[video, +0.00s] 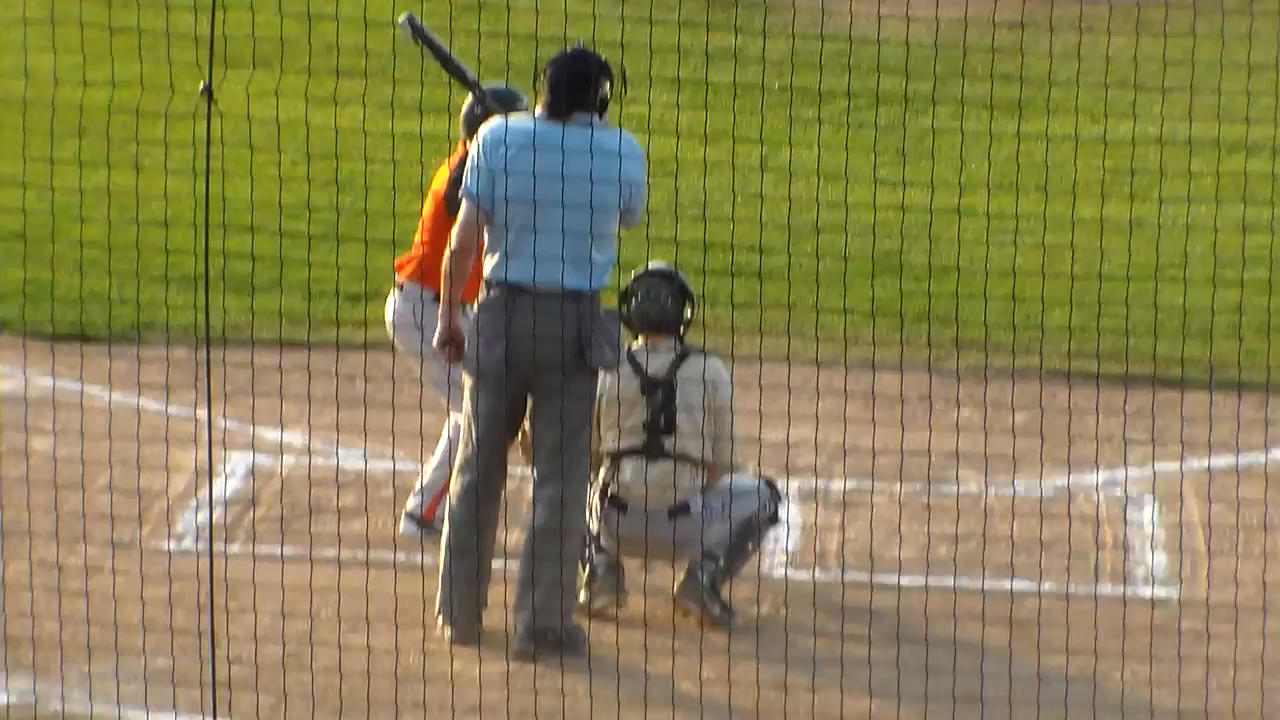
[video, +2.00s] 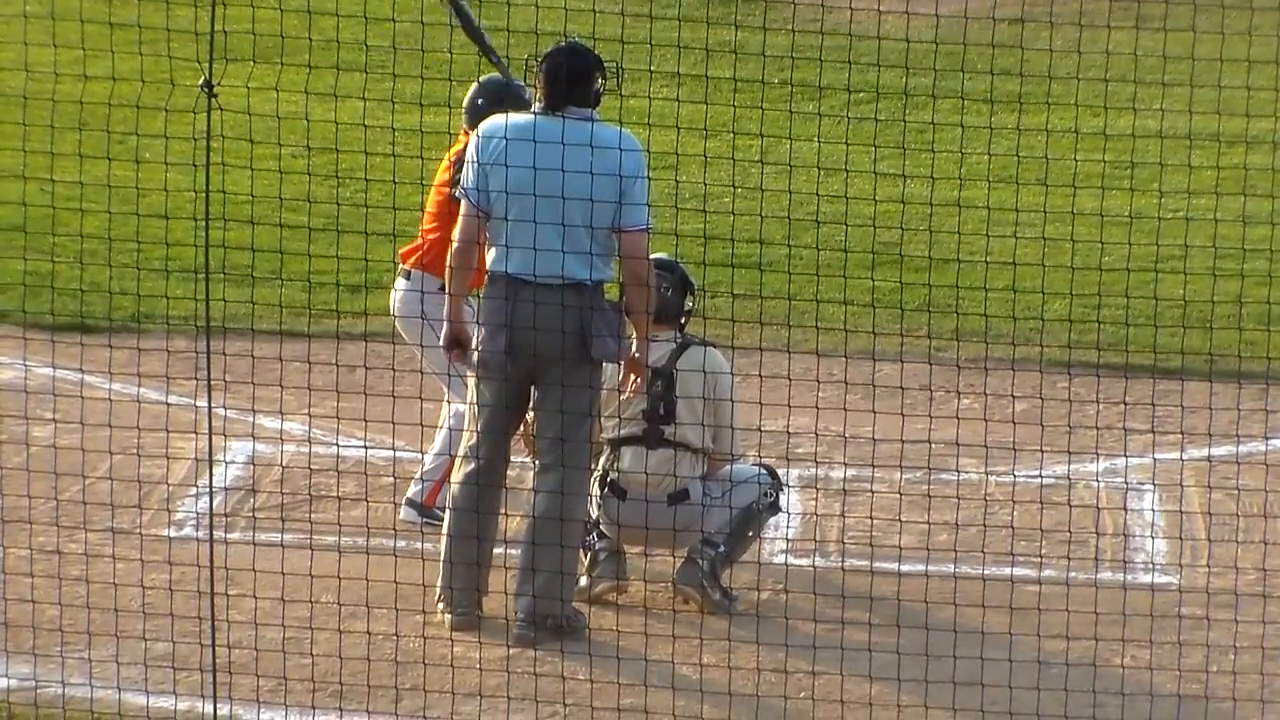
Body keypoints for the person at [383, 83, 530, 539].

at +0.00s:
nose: (520, 138)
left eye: (520, 130)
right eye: (515, 129)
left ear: (473, 126)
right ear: (495, 129)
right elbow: (459, 247)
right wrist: (455, 314)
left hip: (441, 301)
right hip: (423, 301)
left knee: (478, 402)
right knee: (480, 402)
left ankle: (430, 506)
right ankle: (426, 508)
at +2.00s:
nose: (523, 128)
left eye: (523, 120)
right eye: (519, 119)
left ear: (475, 115)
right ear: (501, 118)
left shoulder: (467, 152)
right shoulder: (476, 156)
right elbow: (470, 237)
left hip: (420, 292)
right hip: (431, 295)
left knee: (472, 392)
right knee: (480, 392)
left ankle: (430, 493)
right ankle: (427, 495)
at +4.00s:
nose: (531, 131)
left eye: (530, 125)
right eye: (527, 126)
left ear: (484, 130)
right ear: (513, 132)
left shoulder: (508, 165)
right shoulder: (470, 168)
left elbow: (556, 196)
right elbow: (501, 215)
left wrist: (563, 175)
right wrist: (535, 181)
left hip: (459, 302)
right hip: (426, 300)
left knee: (475, 395)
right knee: (462, 400)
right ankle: (433, 503)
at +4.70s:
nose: (528, 146)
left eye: (528, 139)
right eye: (524, 139)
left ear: (483, 139)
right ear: (513, 143)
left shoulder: (506, 180)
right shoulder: (473, 181)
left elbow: (553, 214)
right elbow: (506, 218)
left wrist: (571, 192)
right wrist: (545, 185)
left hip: (446, 309)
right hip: (420, 310)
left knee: (476, 401)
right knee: (473, 408)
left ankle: (444, 503)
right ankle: (437, 508)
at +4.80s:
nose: (530, 153)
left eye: (529, 146)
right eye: (527, 146)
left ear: (482, 147)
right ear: (518, 154)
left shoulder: (503, 189)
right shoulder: (474, 192)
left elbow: (547, 227)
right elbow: (503, 237)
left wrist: (572, 208)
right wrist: (552, 203)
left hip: (441, 314)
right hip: (415, 315)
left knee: (493, 382)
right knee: (476, 405)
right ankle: (435, 507)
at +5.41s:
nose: (534, 173)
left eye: (534, 165)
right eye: (530, 165)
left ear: (502, 163)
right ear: (511, 166)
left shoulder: (512, 199)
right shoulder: (472, 199)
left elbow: (506, 252)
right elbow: (454, 278)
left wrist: (530, 259)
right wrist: (513, 266)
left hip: (459, 313)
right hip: (416, 311)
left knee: (483, 399)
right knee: (463, 406)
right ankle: (436, 508)